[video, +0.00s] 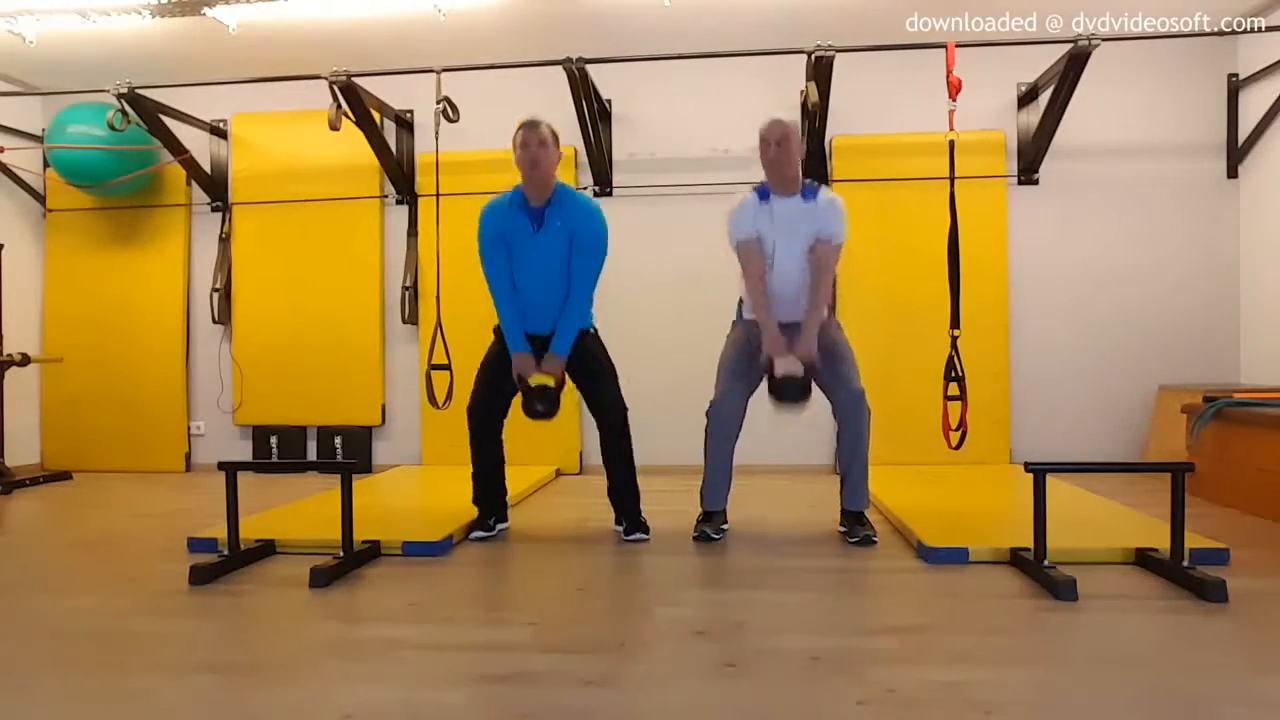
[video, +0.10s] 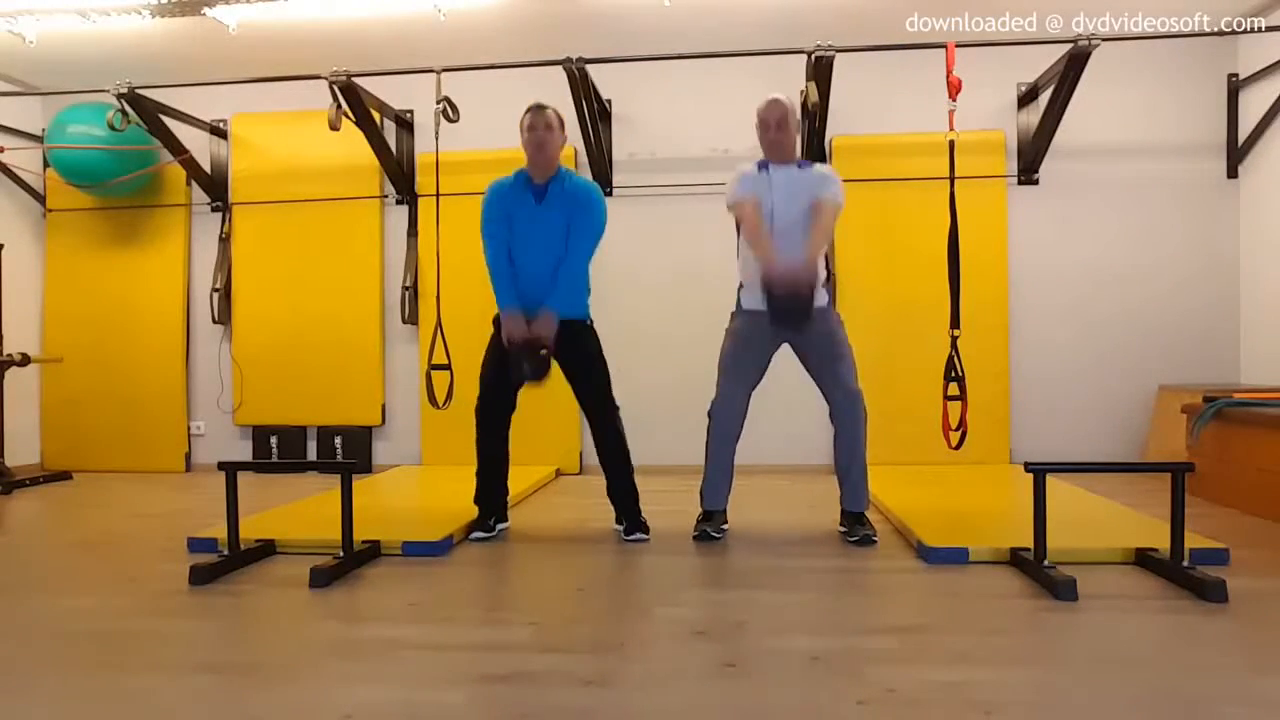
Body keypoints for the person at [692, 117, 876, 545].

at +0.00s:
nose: (774, 149)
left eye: (783, 141)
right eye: (767, 143)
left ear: (801, 150)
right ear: (759, 154)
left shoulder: (828, 205)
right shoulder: (746, 209)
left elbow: (824, 275)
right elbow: (754, 278)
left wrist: (810, 332)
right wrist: (769, 331)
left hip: (815, 322)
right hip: (757, 323)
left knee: (853, 403)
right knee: (724, 407)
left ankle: (854, 512)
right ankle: (713, 512)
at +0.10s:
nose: (775, 132)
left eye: (782, 124)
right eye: (767, 126)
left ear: (797, 129)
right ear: (757, 132)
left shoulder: (824, 176)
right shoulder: (745, 179)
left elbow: (823, 225)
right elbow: (752, 228)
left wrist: (807, 267)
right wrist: (774, 269)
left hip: (812, 312)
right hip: (756, 312)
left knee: (849, 404)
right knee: (727, 405)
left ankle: (854, 512)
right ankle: (713, 511)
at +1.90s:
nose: (776, 127)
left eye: (784, 121)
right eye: (769, 121)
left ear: (799, 129)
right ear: (756, 129)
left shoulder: (817, 175)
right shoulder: (742, 179)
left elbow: (819, 140)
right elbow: (748, 140)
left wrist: (806, 85)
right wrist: (764, 84)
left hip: (813, 299)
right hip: (755, 300)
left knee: (837, 403)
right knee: (735, 406)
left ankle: (853, 510)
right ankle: (714, 508)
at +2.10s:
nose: (777, 121)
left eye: (785, 116)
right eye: (770, 117)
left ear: (800, 127)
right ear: (759, 127)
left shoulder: (819, 173)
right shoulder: (745, 176)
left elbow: (821, 134)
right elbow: (750, 132)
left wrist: (809, 79)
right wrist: (764, 78)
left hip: (814, 298)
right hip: (756, 300)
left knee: (838, 404)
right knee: (735, 406)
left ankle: (853, 511)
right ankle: (714, 508)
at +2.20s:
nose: (781, 124)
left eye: (788, 119)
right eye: (774, 117)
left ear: (802, 125)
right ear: (763, 121)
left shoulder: (820, 172)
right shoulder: (744, 175)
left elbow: (825, 158)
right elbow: (746, 156)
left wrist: (813, 101)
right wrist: (764, 100)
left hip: (814, 299)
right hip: (757, 301)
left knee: (839, 406)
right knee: (734, 406)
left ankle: (853, 511)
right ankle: (714, 509)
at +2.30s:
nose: (773, 143)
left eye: (778, 137)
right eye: (768, 135)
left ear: (798, 137)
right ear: (760, 134)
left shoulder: (818, 172)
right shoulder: (746, 175)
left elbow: (829, 173)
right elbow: (746, 170)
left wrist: (816, 130)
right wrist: (776, 133)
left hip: (814, 304)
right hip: (758, 305)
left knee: (843, 407)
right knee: (731, 407)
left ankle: (852, 512)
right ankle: (714, 509)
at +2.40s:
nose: (779, 114)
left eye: (787, 109)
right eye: (771, 109)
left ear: (800, 124)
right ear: (759, 125)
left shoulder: (822, 167)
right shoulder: (746, 173)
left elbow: (827, 186)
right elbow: (745, 189)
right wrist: (771, 200)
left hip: (815, 313)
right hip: (756, 314)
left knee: (849, 411)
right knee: (724, 412)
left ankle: (852, 512)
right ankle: (714, 511)